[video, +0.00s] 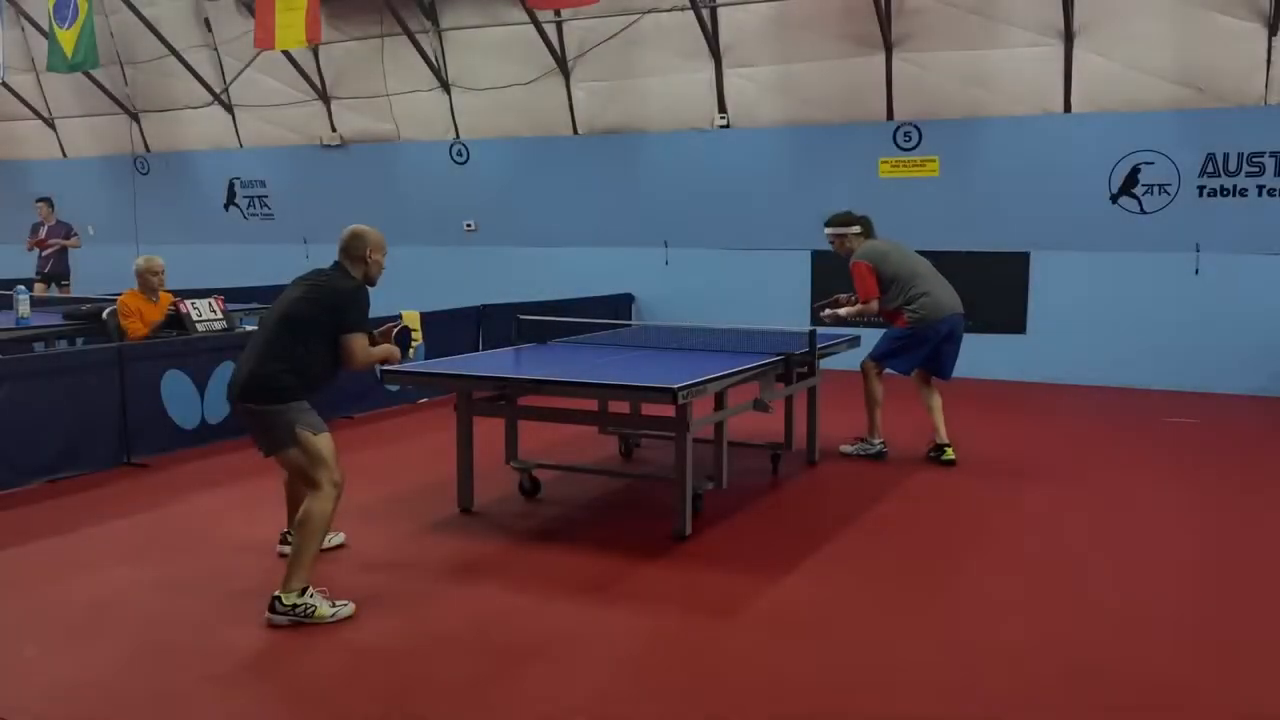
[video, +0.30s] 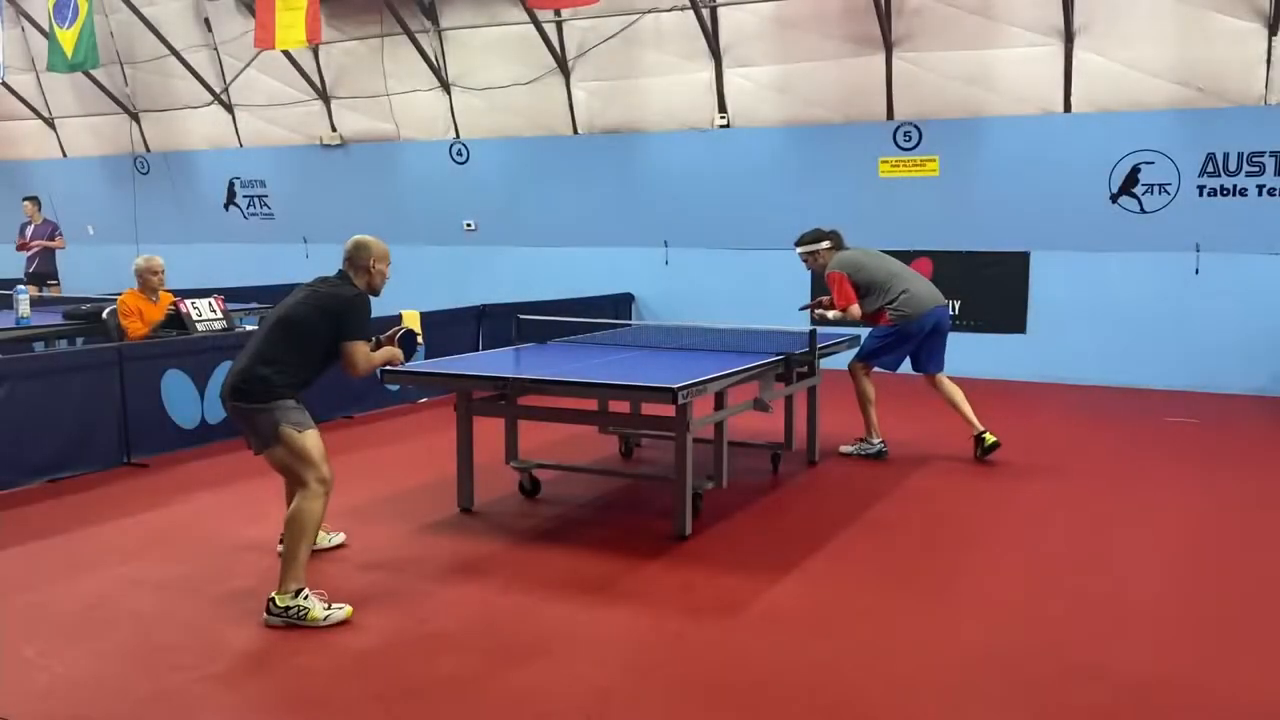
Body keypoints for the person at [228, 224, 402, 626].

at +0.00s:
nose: (384, 266)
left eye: (384, 258)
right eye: (382, 258)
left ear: (345, 255)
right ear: (368, 258)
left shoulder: (315, 279)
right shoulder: (351, 292)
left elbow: (319, 341)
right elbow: (355, 358)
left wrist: (366, 345)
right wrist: (385, 352)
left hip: (251, 388)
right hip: (277, 393)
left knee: (299, 463)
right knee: (328, 483)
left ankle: (298, 532)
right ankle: (291, 595)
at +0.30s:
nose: (388, 273)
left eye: (388, 266)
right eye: (386, 266)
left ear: (352, 265)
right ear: (371, 267)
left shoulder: (321, 288)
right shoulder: (352, 300)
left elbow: (333, 348)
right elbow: (358, 365)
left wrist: (373, 347)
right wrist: (386, 355)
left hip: (248, 388)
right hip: (265, 393)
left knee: (302, 470)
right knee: (316, 480)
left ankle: (299, 533)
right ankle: (288, 595)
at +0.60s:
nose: (388, 278)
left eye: (388, 270)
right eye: (386, 271)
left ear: (352, 270)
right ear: (370, 271)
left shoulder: (316, 291)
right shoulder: (354, 304)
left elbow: (323, 349)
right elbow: (358, 370)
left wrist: (370, 350)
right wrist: (384, 359)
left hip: (243, 392)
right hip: (267, 397)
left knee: (299, 465)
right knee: (327, 481)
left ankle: (297, 534)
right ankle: (289, 597)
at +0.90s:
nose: (390, 277)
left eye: (390, 270)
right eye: (387, 270)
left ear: (354, 270)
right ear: (372, 271)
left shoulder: (322, 291)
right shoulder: (352, 304)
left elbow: (333, 355)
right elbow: (354, 369)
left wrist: (373, 350)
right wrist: (385, 358)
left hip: (243, 390)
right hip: (264, 395)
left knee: (299, 468)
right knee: (323, 481)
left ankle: (298, 534)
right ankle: (288, 597)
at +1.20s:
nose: (390, 275)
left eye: (390, 268)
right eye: (387, 268)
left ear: (354, 269)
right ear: (371, 269)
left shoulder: (320, 290)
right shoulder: (353, 302)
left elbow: (329, 351)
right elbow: (357, 367)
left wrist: (371, 350)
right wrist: (385, 357)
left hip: (245, 391)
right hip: (268, 396)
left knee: (301, 463)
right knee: (329, 482)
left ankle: (297, 533)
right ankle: (289, 597)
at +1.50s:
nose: (391, 274)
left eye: (390, 267)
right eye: (388, 267)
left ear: (354, 266)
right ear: (373, 268)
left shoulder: (323, 289)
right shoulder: (351, 302)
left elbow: (333, 354)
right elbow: (353, 367)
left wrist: (374, 347)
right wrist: (386, 356)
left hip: (245, 390)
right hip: (269, 395)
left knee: (299, 470)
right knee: (324, 482)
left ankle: (298, 534)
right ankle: (288, 597)